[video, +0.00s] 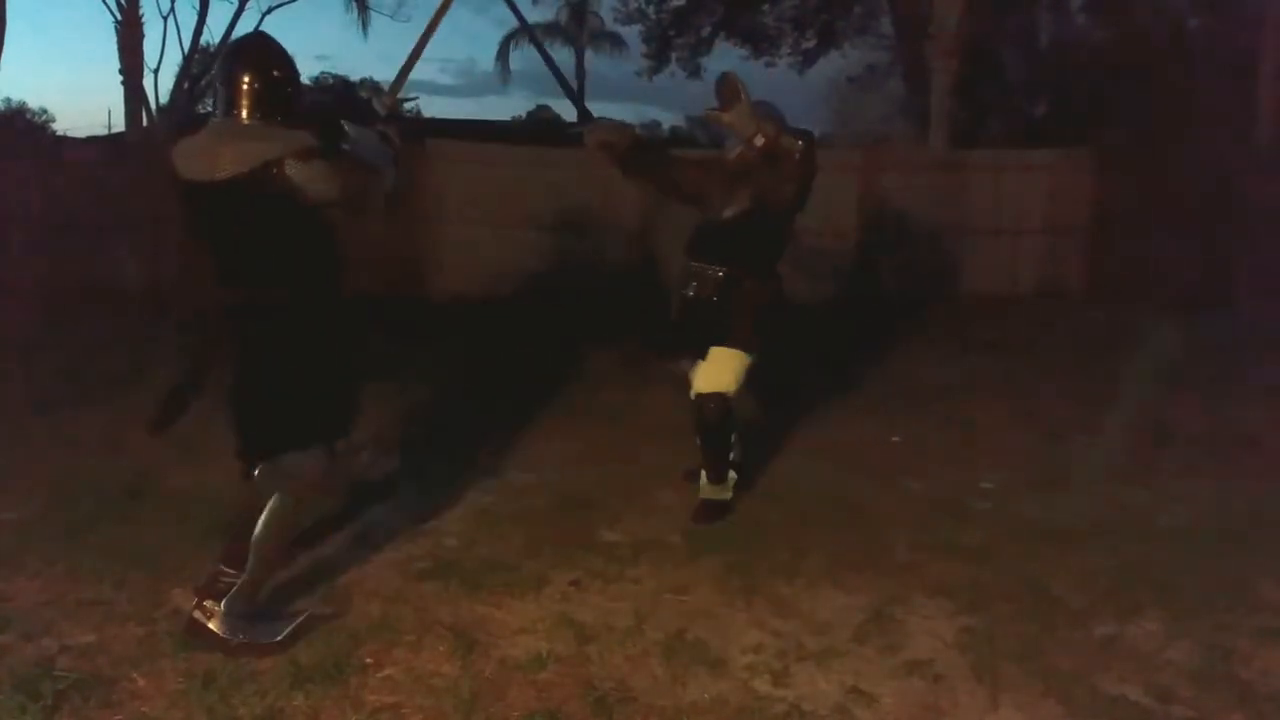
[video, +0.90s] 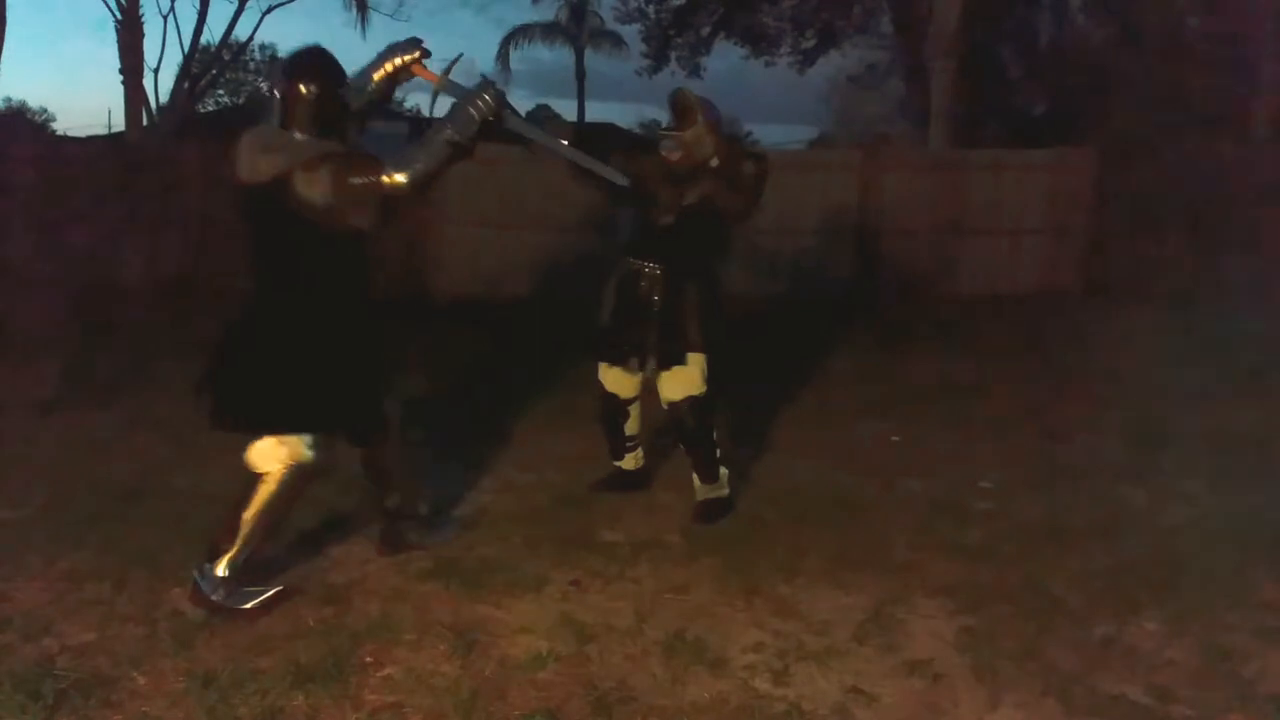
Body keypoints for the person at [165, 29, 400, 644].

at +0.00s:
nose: (295, 91)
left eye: (287, 81)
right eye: (290, 81)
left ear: (224, 86)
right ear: (280, 85)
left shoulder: (194, 159)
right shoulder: (289, 156)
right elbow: (361, 190)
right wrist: (381, 135)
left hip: (244, 325)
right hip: (297, 330)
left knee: (273, 463)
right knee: (306, 474)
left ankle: (225, 581)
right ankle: (237, 610)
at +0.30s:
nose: (281, 96)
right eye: (280, 85)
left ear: (223, 95)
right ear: (283, 92)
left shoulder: (205, 158)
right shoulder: (299, 165)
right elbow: (384, 161)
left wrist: (324, 78)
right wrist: (383, 107)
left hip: (242, 327)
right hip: (297, 331)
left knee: (266, 457)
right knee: (299, 462)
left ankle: (239, 567)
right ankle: (239, 604)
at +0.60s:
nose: (305, 94)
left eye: (301, 82)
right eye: (294, 82)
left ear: (252, 82)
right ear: (273, 83)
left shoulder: (231, 136)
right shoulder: (277, 155)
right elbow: (359, 163)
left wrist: (361, 64)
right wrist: (410, 92)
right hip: (268, 321)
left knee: (323, 426)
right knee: (272, 449)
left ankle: (324, 524)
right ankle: (219, 576)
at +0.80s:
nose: (317, 97)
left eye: (314, 84)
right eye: (306, 84)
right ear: (290, 85)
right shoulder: (264, 146)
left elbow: (333, 102)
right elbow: (390, 160)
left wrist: (380, 62)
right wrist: (464, 103)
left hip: (326, 310)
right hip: (279, 315)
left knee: (362, 411)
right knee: (280, 442)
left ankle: (371, 510)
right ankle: (220, 574)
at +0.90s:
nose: (328, 105)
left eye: (328, 94)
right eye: (317, 92)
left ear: (326, 102)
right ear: (293, 95)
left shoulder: (328, 152)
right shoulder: (263, 149)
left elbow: (346, 110)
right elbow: (401, 179)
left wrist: (386, 74)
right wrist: (462, 124)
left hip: (340, 322)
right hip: (287, 325)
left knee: (374, 426)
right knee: (295, 456)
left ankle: (397, 521)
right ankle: (224, 572)